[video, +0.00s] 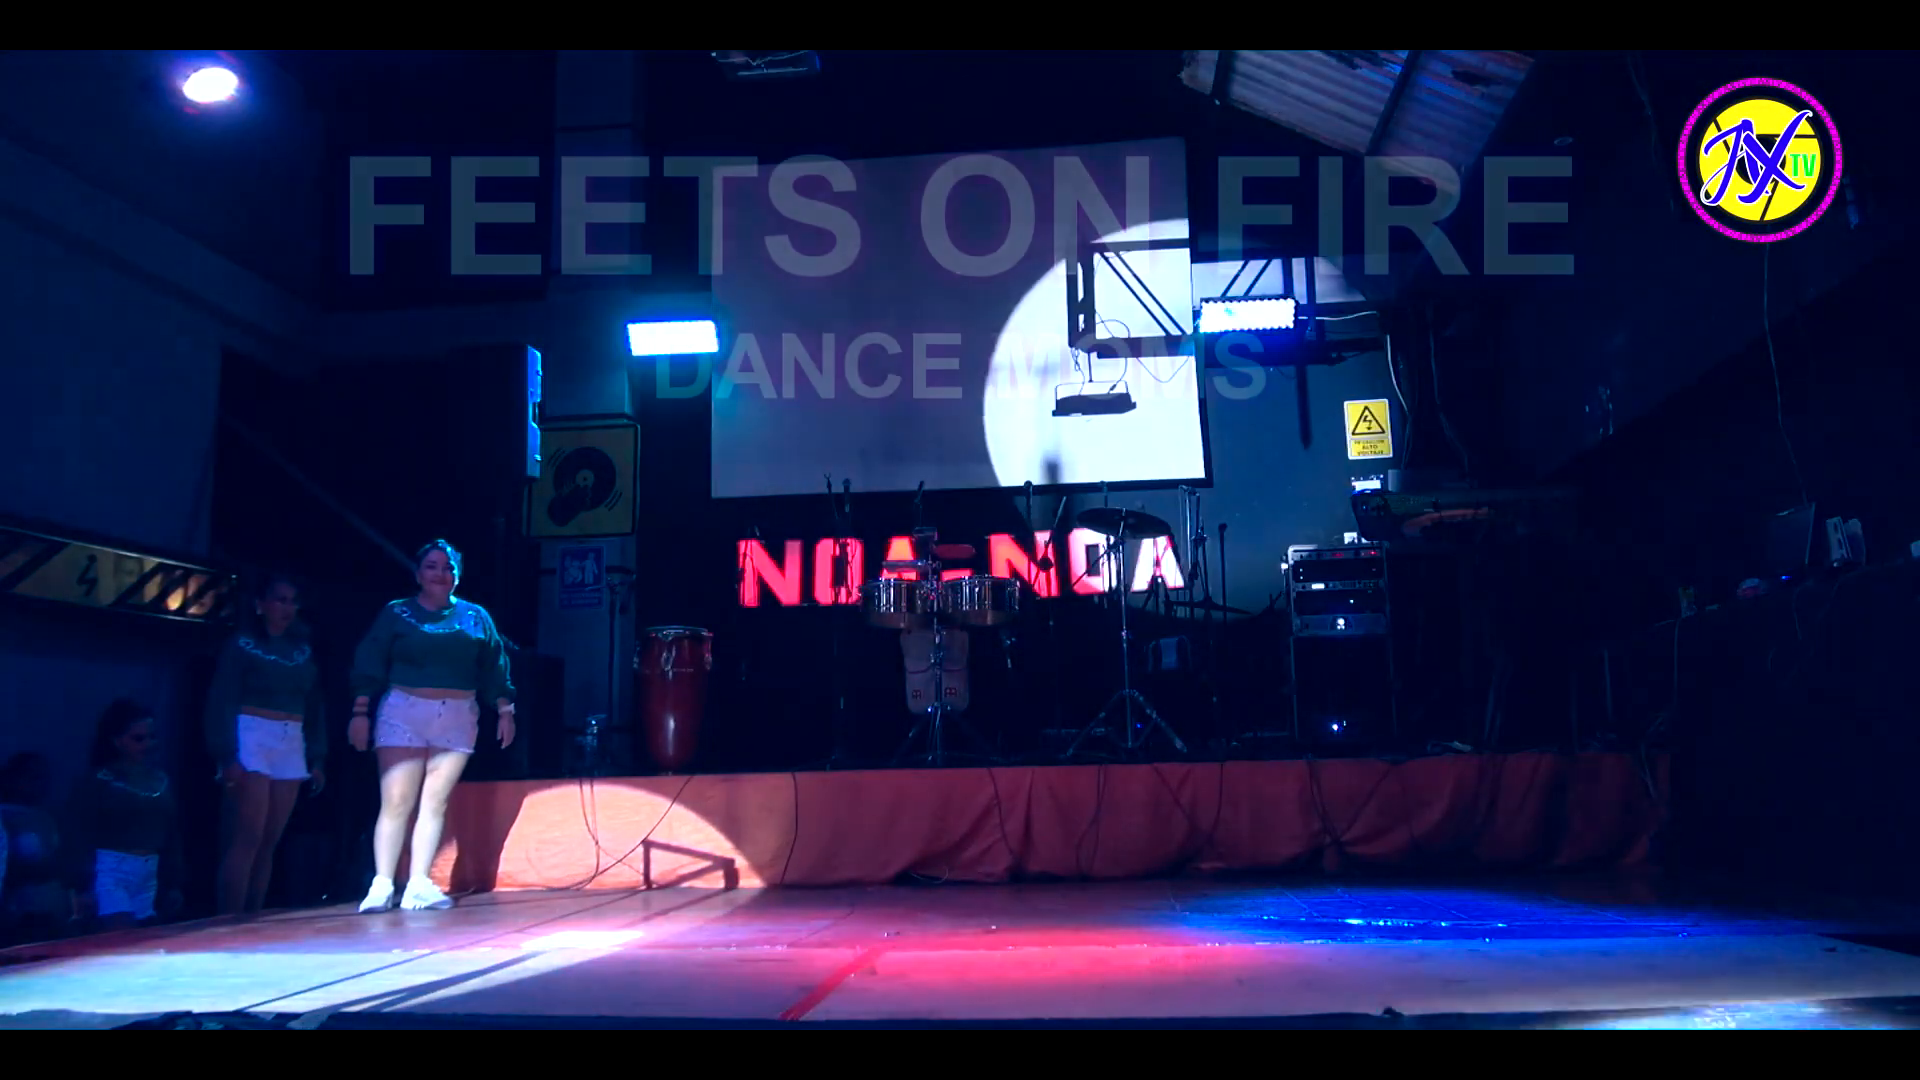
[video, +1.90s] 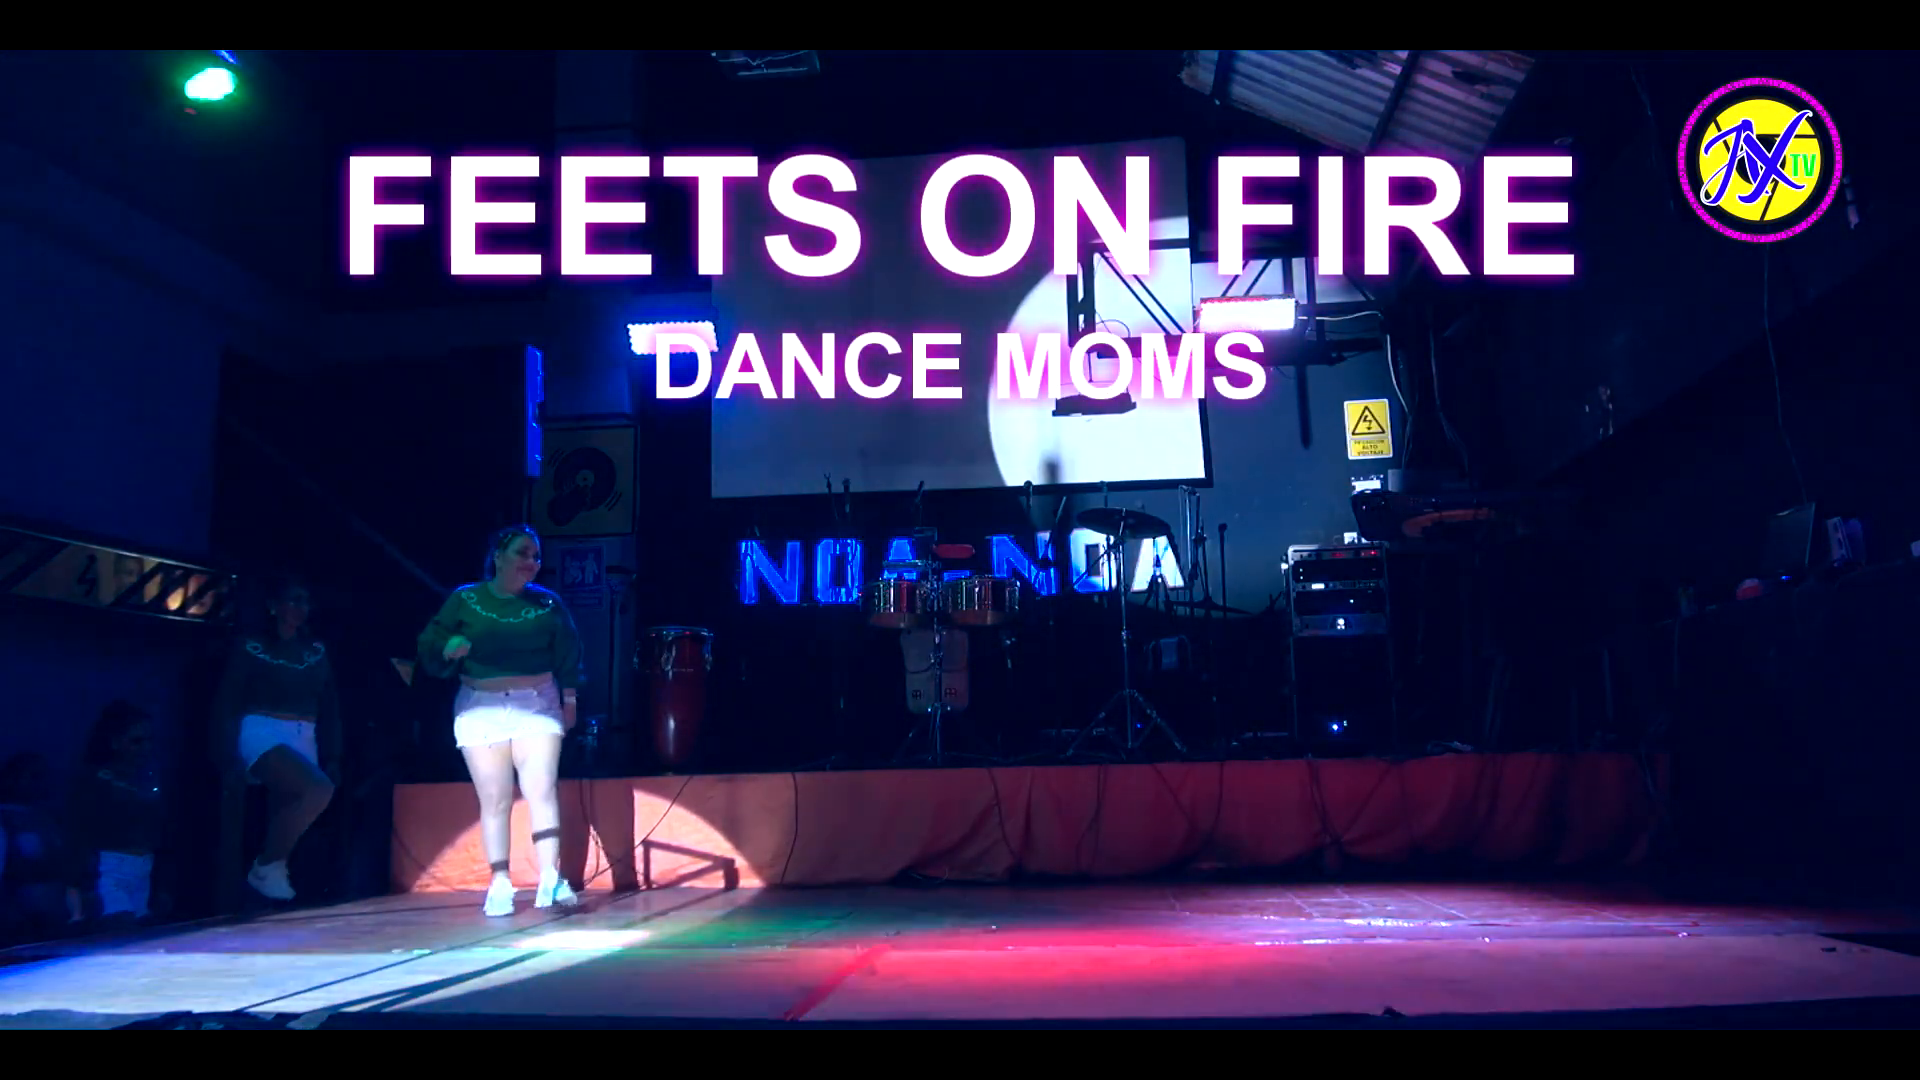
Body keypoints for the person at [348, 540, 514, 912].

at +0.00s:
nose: (438, 573)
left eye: (446, 568)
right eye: (431, 566)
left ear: (455, 575)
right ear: (418, 572)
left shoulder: (476, 617)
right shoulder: (397, 613)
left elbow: (496, 665)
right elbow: (370, 661)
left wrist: (505, 709)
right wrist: (360, 711)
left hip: (457, 715)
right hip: (403, 712)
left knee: (435, 803)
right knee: (396, 802)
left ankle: (418, 884)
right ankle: (383, 884)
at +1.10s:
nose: (469, 578)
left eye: (475, 572)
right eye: (460, 570)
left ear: (482, 579)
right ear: (443, 574)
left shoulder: (484, 620)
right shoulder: (426, 615)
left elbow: (494, 675)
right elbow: (403, 662)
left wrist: (514, 711)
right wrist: (396, 710)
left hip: (474, 722)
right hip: (430, 713)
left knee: (441, 803)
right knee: (458, 783)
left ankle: (419, 884)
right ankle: (411, 850)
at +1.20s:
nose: (473, 574)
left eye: (479, 568)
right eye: (465, 568)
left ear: (486, 574)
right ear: (447, 572)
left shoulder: (491, 616)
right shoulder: (431, 611)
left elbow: (506, 669)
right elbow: (396, 655)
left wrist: (537, 696)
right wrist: (379, 703)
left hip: (475, 717)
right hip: (432, 708)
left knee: (437, 802)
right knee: (473, 774)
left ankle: (417, 884)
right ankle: (451, 861)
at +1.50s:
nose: (489, 575)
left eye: (495, 569)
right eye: (481, 567)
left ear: (502, 574)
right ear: (462, 570)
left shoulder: (517, 614)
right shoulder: (440, 613)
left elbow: (553, 650)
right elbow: (402, 657)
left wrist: (588, 674)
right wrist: (376, 706)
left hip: (497, 719)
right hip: (449, 711)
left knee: (458, 803)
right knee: (476, 792)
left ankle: (418, 878)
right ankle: (490, 881)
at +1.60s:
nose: (498, 574)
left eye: (504, 567)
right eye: (491, 566)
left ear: (509, 573)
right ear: (469, 567)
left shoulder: (524, 612)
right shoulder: (442, 614)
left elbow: (560, 650)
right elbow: (410, 658)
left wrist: (591, 685)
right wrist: (393, 708)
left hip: (510, 713)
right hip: (457, 711)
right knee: (482, 794)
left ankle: (454, 855)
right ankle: (492, 883)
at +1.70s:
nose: (511, 572)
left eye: (515, 566)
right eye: (503, 564)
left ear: (519, 573)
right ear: (480, 566)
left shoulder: (531, 615)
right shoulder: (449, 615)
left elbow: (562, 660)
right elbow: (421, 664)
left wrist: (586, 696)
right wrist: (416, 709)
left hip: (520, 713)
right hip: (464, 714)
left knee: (546, 788)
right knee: (487, 795)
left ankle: (510, 841)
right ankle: (493, 882)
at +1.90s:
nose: (531, 562)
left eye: (535, 556)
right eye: (522, 553)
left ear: (538, 562)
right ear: (498, 557)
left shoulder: (548, 605)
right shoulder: (465, 601)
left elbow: (568, 654)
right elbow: (427, 646)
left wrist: (569, 699)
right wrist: (446, 650)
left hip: (537, 703)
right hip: (482, 705)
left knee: (543, 791)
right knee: (494, 799)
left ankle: (550, 881)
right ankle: (500, 883)